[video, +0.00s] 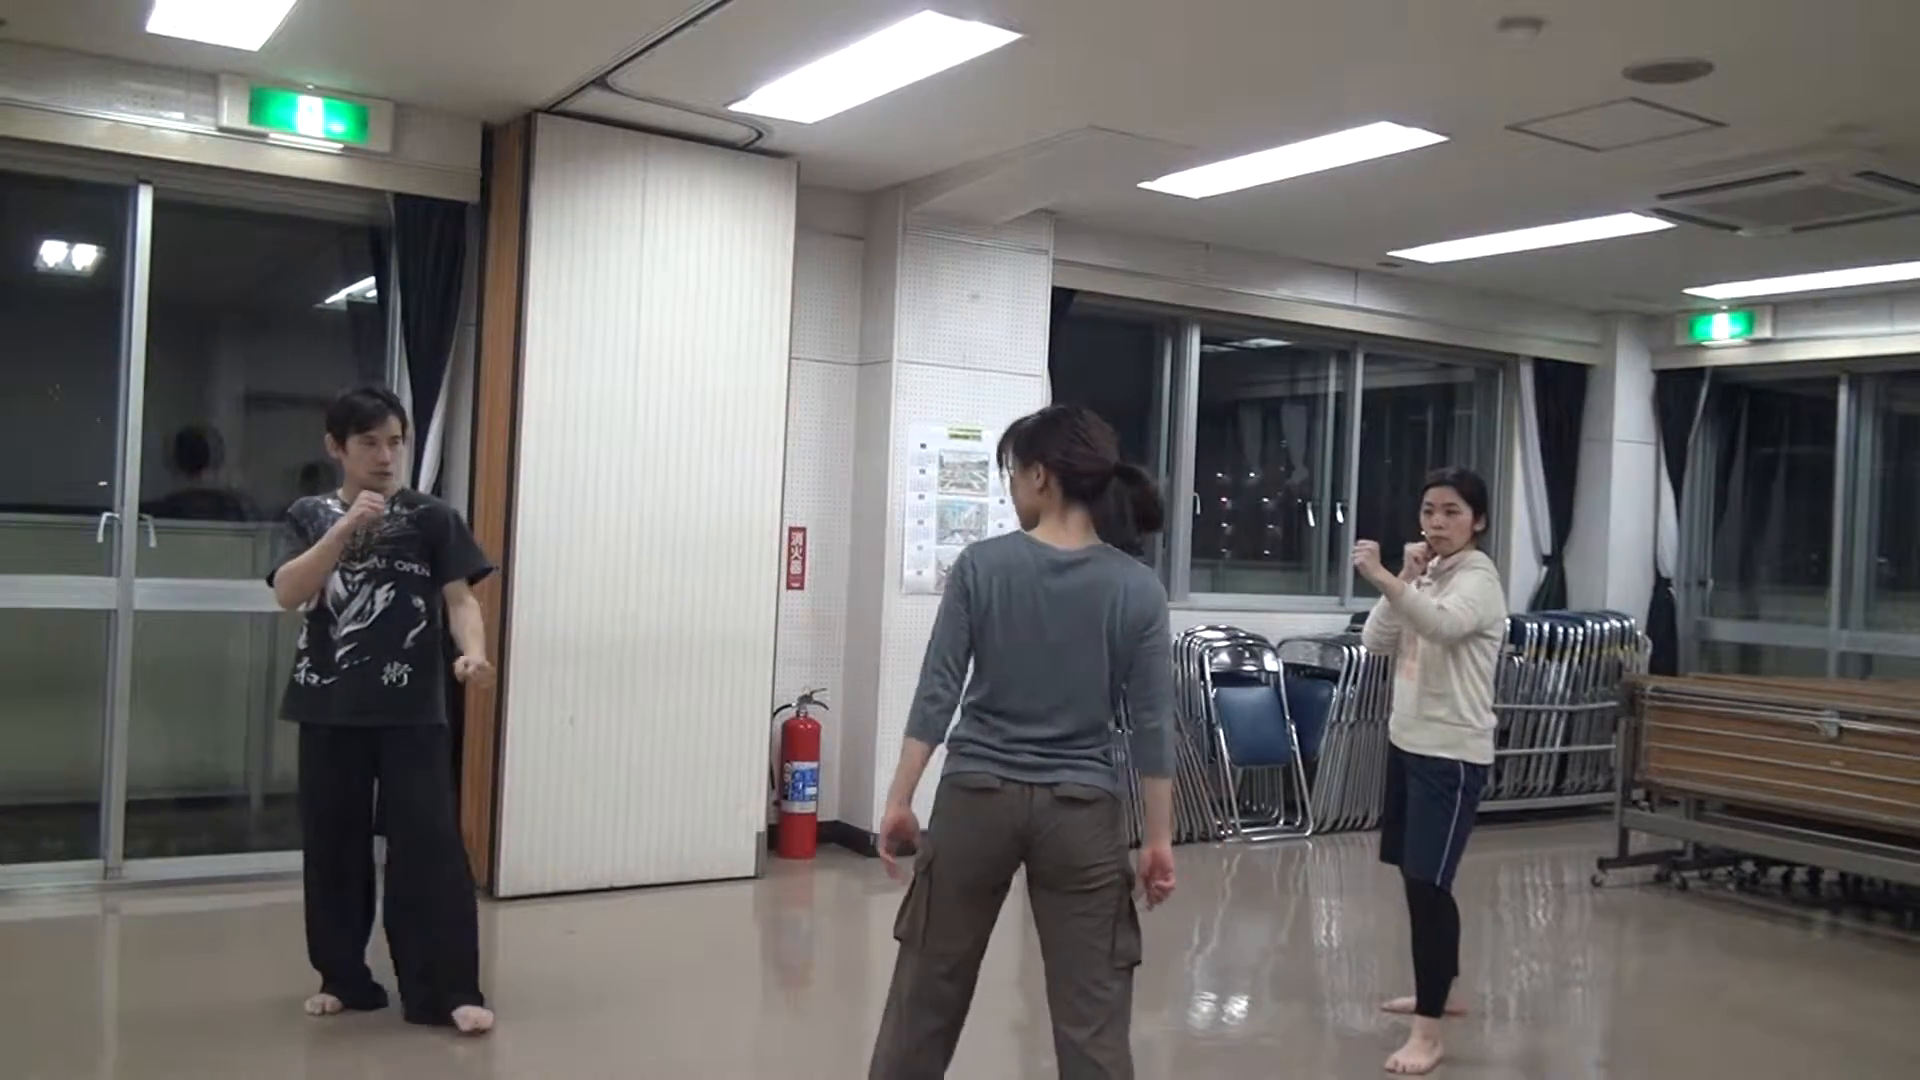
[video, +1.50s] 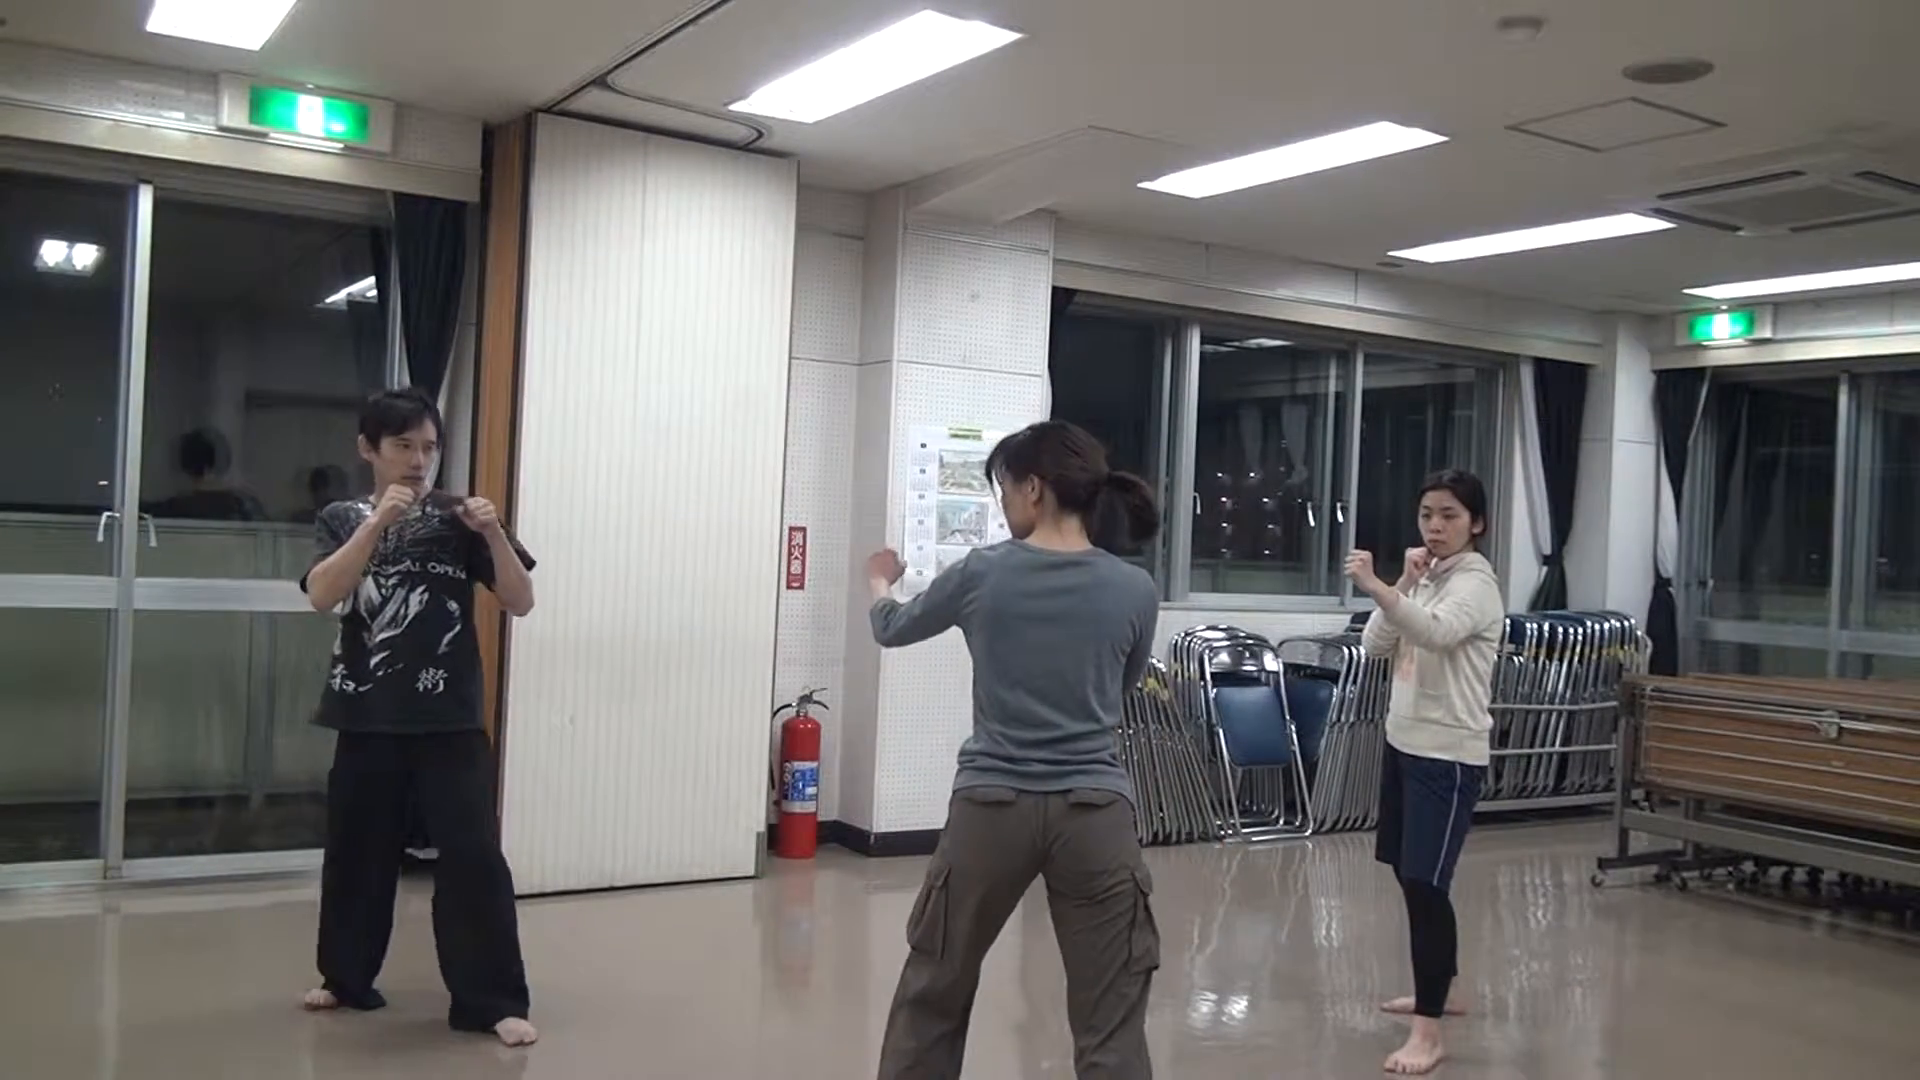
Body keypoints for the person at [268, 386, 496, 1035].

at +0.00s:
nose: (385, 453)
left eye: (394, 441)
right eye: (369, 442)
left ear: (405, 444)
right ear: (337, 447)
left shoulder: (431, 516)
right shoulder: (309, 516)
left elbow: (459, 598)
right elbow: (288, 592)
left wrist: (471, 647)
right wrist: (344, 530)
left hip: (414, 711)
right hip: (331, 711)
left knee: (430, 846)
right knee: (334, 846)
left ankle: (447, 992)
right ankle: (344, 982)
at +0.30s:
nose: (397, 456)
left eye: (406, 445)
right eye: (382, 445)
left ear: (417, 448)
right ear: (350, 450)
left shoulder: (448, 519)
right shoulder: (327, 522)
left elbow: (493, 586)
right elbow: (304, 595)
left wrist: (493, 594)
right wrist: (359, 529)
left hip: (428, 724)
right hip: (345, 724)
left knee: (460, 861)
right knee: (340, 859)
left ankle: (493, 1001)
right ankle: (340, 983)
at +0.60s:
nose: (412, 453)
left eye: (422, 441)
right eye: (397, 442)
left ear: (434, 442)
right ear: (364, 445)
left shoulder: (461, 515)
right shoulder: (342, 518)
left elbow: (515, 597)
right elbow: (320, 589)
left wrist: (502, 537)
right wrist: (373, 520)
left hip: (446, 720)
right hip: (363, 721)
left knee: (471, 860)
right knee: (353, 855)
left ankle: (495, 1004)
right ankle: (344, 984)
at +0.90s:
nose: (408, 454)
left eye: (417, 443)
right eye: (393, 443)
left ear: (429, 444)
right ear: (359, 447)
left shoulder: (452, 515)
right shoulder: (337, 516)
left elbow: (505, 595)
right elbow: (311, 589)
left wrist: (479, 523)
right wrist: (365, 520)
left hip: (437, 720)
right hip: (354, 719)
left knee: (465, 859)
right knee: (348, 854)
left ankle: (494, 1004)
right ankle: (343, 984)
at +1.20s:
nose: (405, 455)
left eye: (414, 443)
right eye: (390, 444)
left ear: (426, 445)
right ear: (356, 447)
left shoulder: (451, 516)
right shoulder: (334, 518)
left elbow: (504, 595)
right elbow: (309, 590)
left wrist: (475, 524)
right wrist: (363, 519)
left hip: (436, 720)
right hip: (352, 720)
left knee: (464, 860)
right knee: (346, 855)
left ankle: (494, 1004)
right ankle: (341, 983)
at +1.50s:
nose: (418, 458)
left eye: (428, 447)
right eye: (402, 445)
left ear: (439, 449)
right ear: (368, 449)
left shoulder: (462, 519)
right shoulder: (345, 518)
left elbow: (520, 601)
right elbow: (323, 593)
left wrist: (495, 533)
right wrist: (377, 521)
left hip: (450, 721)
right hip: (368, 720)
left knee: (473, 859)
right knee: (356, 853)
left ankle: (493, 1005)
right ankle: (346, 981)